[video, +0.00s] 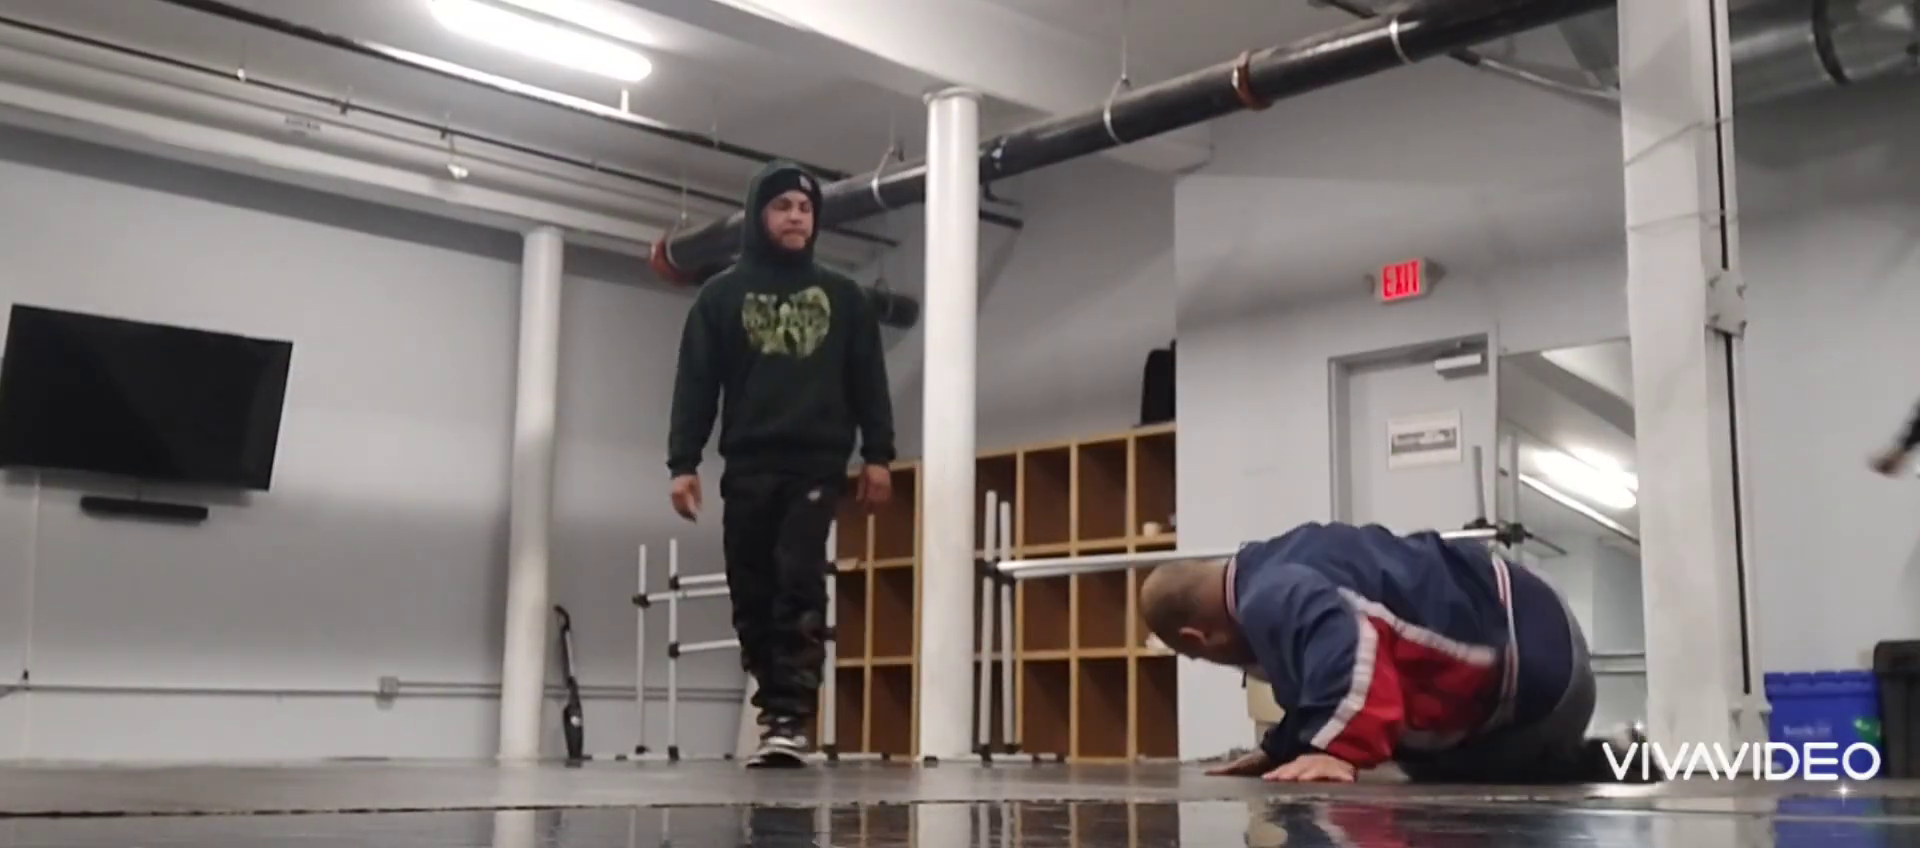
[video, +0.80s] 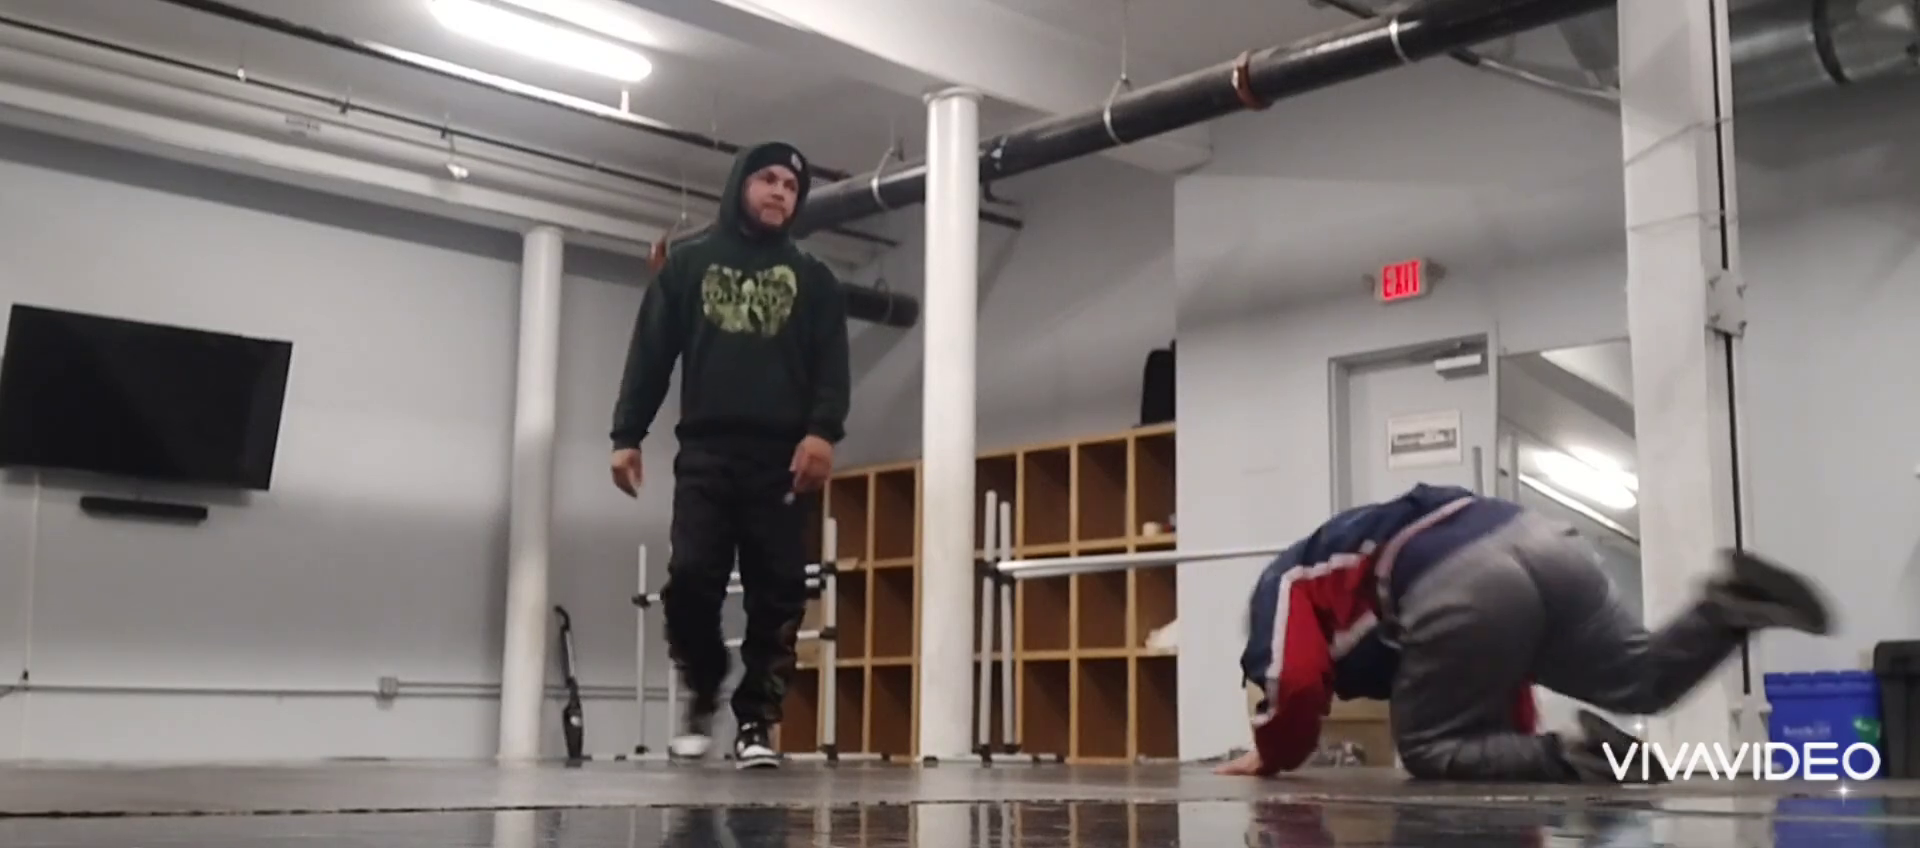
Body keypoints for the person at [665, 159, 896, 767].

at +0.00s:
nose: (797, 217)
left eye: (805, 208)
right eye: (784, 206)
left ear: (815, 219)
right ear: (758, 217)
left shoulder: (844, 294)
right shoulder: (721, 295)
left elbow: (869, 379)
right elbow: (696, 383)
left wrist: (878, 455)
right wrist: (684, 464)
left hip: (818, 463)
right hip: (749, 463)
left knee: (798, 581)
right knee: (752, 591)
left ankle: (793, 722)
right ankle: (775, 717)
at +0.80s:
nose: (780, 191)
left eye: (791, 186)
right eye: (768, 179)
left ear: (797, 202)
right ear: (739, 185)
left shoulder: (812, 276)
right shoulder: (689, 263)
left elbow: (833, 364)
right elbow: (651, 352)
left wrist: (823, 432)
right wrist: (628, 435)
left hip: (781, 452)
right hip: (706, 448)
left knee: (778, 591)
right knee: (690, 580)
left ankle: (756, 724)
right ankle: (702, 691)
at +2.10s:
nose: (692, 174)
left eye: (697, 165)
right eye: (679, 161)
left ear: (699, 178)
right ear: (644, 164)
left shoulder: (716, 258)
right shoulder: (598, 247)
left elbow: (739, 351)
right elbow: (577, 349)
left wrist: (751, 428)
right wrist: (591, 438)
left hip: (705, 449)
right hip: (631, 447)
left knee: (717, 589)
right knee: (626, 589)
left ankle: (693, 705)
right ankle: (627, 723)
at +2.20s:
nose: (696, 179)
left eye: (702, 171)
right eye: (684, 165)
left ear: (705, 183)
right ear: (649, 169)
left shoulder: (721, 264)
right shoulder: (604, 250)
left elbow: (741, 357)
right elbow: (582, 348)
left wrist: (749, 434)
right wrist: (592, 434)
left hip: (707, 450)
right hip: (632, 447)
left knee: (714, 595)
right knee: (626, 590)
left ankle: (692, 719)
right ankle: (626, 727)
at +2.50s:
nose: (720, 191)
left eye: (724, 182)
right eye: (708, 178)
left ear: (723, 194)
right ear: (673, 181)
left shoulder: (728, 273)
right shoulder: (635, 253)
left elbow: (748, 368)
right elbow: (610, 348)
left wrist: (767, 450)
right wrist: (615, 436)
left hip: (715, 455)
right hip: (651, 449)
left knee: (704, 600)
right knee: (637, 590)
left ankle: (684, 729)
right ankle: (628, 729)